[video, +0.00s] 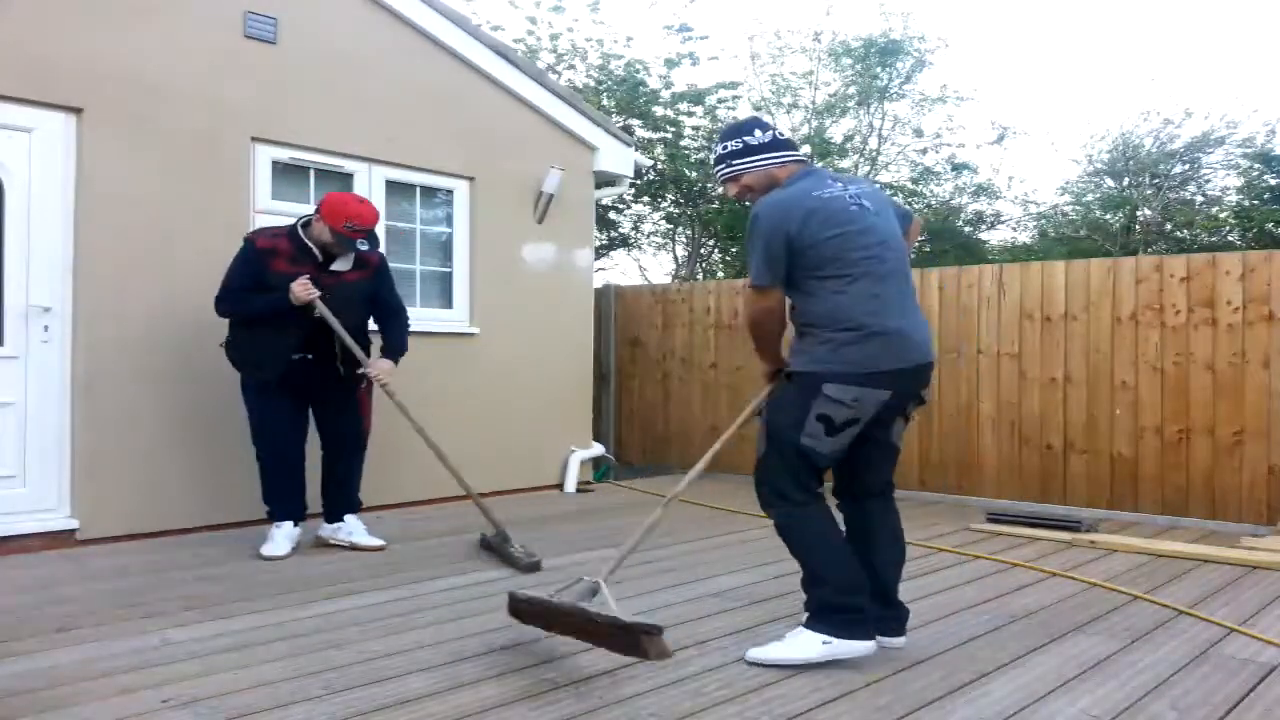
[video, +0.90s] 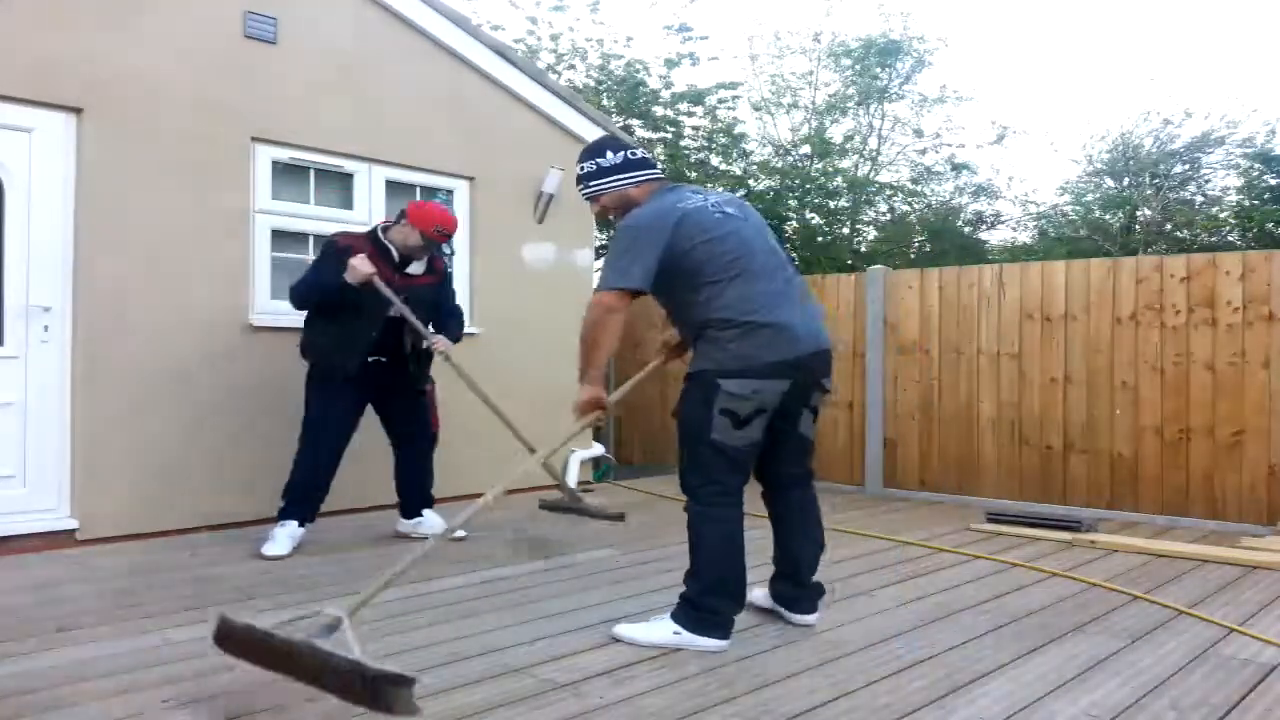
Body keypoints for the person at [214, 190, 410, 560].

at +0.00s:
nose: (348, 248)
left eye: (354, 242)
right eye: (343, 240)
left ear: (362, 233)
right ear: (320, 224)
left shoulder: (368, 262)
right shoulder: (263, 248)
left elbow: (393, 315)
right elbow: (226, 303)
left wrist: (390, 357)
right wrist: (286, 297)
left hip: (337, 368)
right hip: (272, 369)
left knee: (346, 441)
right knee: (278, 445)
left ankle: (340, 520)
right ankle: (285, 523)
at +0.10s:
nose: (339, 248)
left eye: (345, 242)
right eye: (334, 240)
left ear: (354, 233)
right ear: (311, 223)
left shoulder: (362, 261)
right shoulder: (257, 247)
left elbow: (384, 315)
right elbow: (217, 303)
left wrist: (359, 349)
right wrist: (263, 280)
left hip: (338, 364)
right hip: (273, 365)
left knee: (356, 433)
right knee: (279, 444)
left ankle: (349, 517)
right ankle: (285, 523)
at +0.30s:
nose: (340, 246)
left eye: (345, 239)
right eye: (335, 238)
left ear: (354, 229)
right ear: (312, 222)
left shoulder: (360, 258)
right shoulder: (260, 242)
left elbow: (350, 317)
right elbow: (202, 294)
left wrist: (307, 341)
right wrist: (234, 260)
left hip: (332, 351)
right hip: (268, 353)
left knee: (363, 422)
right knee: (275, 433)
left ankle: (377, 510)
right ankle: (286, 522)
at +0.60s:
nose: (369, 247)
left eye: (374, 241)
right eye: (366, 239)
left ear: (372, 233)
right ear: (343, 224)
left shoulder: (383, 259)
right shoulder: (289, 244)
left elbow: (388, 316)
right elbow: (223, 287)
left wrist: (344, 324)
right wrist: (260, 252)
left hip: (357, 360)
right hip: (294, 361)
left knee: (390, 430)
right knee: (292, 443)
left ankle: (422, 508)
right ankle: (287, 523)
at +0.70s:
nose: (383, 247)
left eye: (390, 241)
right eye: (380, 238)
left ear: (396, 237)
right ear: (360, 220)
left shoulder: (398, 263)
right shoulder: (309, 246)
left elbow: (409, 317)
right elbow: (245, 290)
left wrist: (378, 325)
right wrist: (284, 256)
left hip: (370, 366)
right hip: (308, 366)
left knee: (396, 437)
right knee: (299, 446)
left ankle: (415, 513)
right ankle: (289, 523)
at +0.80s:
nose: (407, 249)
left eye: (413, 243)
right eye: (404, 240)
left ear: (415, 238)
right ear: (383, 223)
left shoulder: (416, 265)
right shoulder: (328, 247)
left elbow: (432, 318)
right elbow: (272, 294)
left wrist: (414, 331)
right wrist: (311, 266)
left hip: (384, 370)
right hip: (323, 367)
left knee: (405, 441)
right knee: (310, 448)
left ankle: (415, 515)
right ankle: (290, 524)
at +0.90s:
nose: (427, 253)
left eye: (432, 247)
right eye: (425, 243)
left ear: (431, 242)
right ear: (408, 226)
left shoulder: (432, 270)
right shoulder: (346, 249)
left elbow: (450, 314)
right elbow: (299, 297)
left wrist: (447, 335)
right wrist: (346, 279)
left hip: (399, 371)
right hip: (340, 368)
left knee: (417, 438)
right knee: (321, 444)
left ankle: (415, 514)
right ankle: (291, 522)